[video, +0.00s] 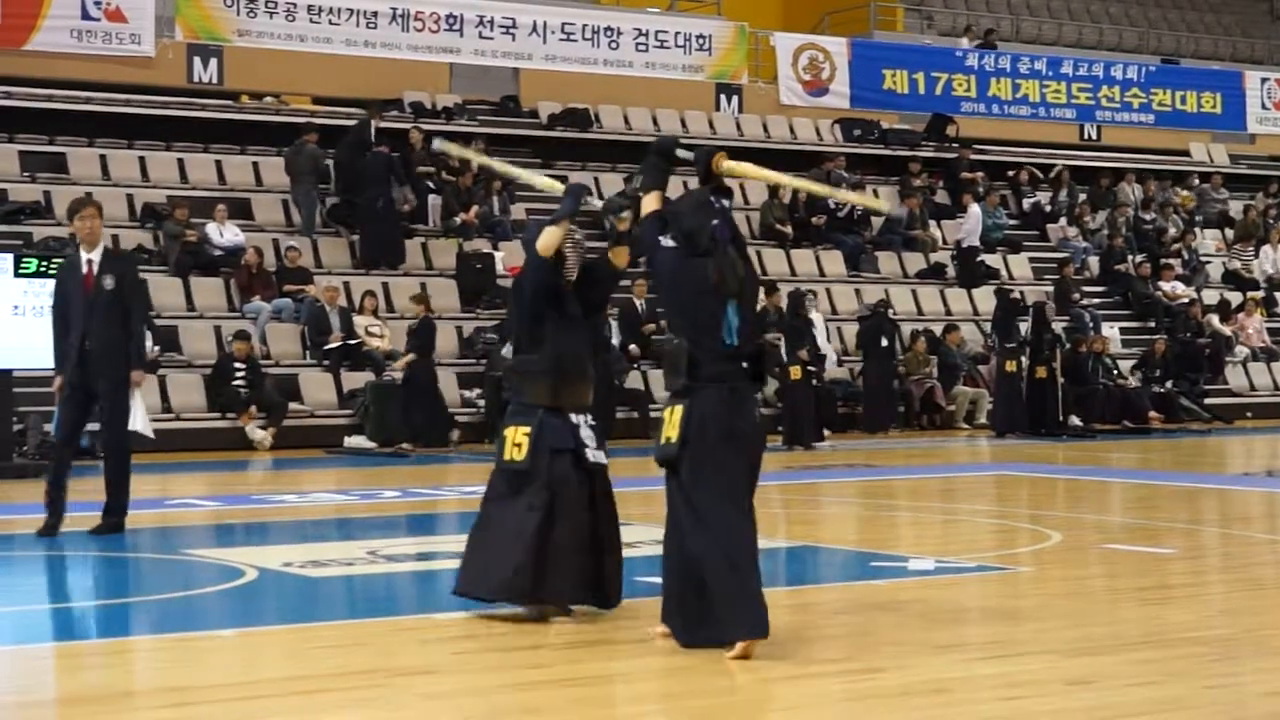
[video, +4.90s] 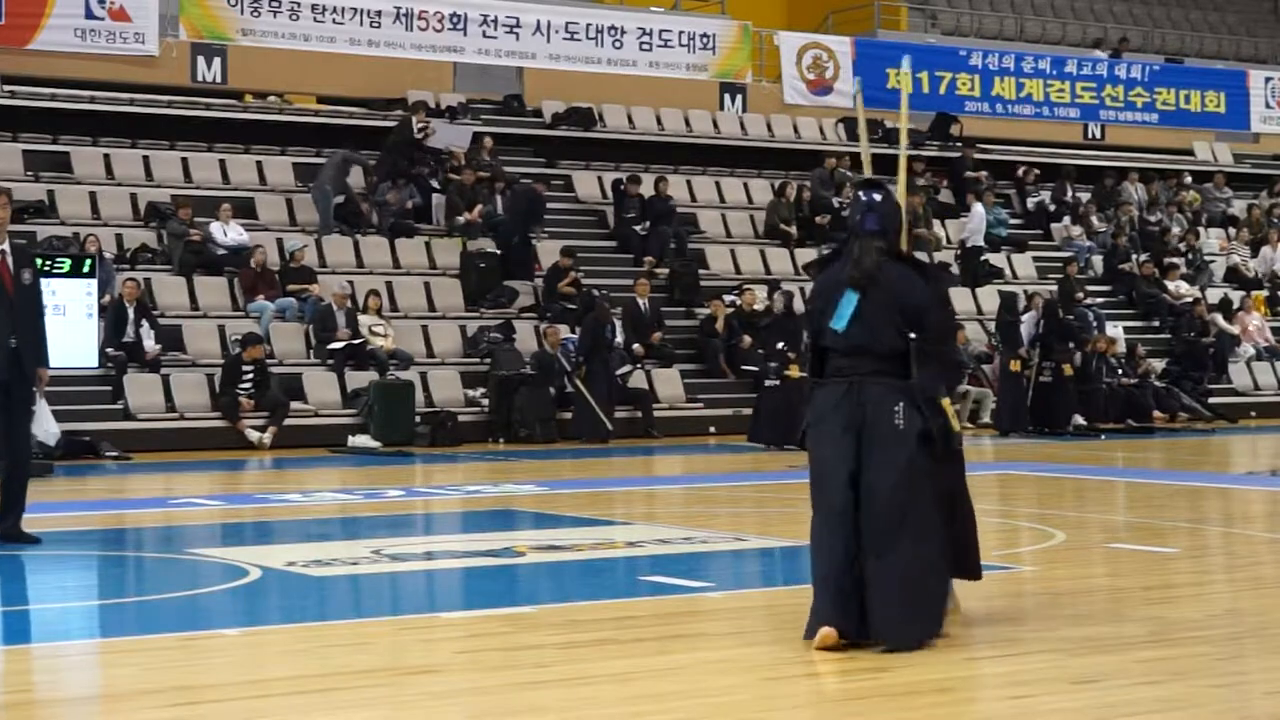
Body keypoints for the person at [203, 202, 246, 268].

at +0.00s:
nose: (222, 214)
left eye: (224, 211)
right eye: (219, 211)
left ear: (227, 213)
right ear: (214, 214)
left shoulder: (232, 226)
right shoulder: (210, 226)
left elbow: (242, 240)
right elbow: (217, 242)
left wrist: (225, 241)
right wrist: (237, 244)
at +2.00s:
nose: (224, 213)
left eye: (226, 210)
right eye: (221, 210)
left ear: (229, 213)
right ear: (216, 213)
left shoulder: (234, 226)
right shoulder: (211, 226)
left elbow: (244, 240)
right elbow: (218, 241)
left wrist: (227, 239)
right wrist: (238, 244)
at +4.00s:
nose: (229, 213)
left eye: (230, 210)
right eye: (226, 210)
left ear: (232, 212)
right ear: (220, 212)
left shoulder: (235, 226)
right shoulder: (214, 225)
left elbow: (246, 240)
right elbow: (221, 242)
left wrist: (229, 239)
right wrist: (241, 244)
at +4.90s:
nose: (227, 214)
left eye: (229, 211)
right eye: (224, 211)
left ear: (232, 212)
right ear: (217, 213)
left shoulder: (235, 226)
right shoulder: (214, 225)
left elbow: (247, 240)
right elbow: (220, 241)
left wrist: (230, 239)